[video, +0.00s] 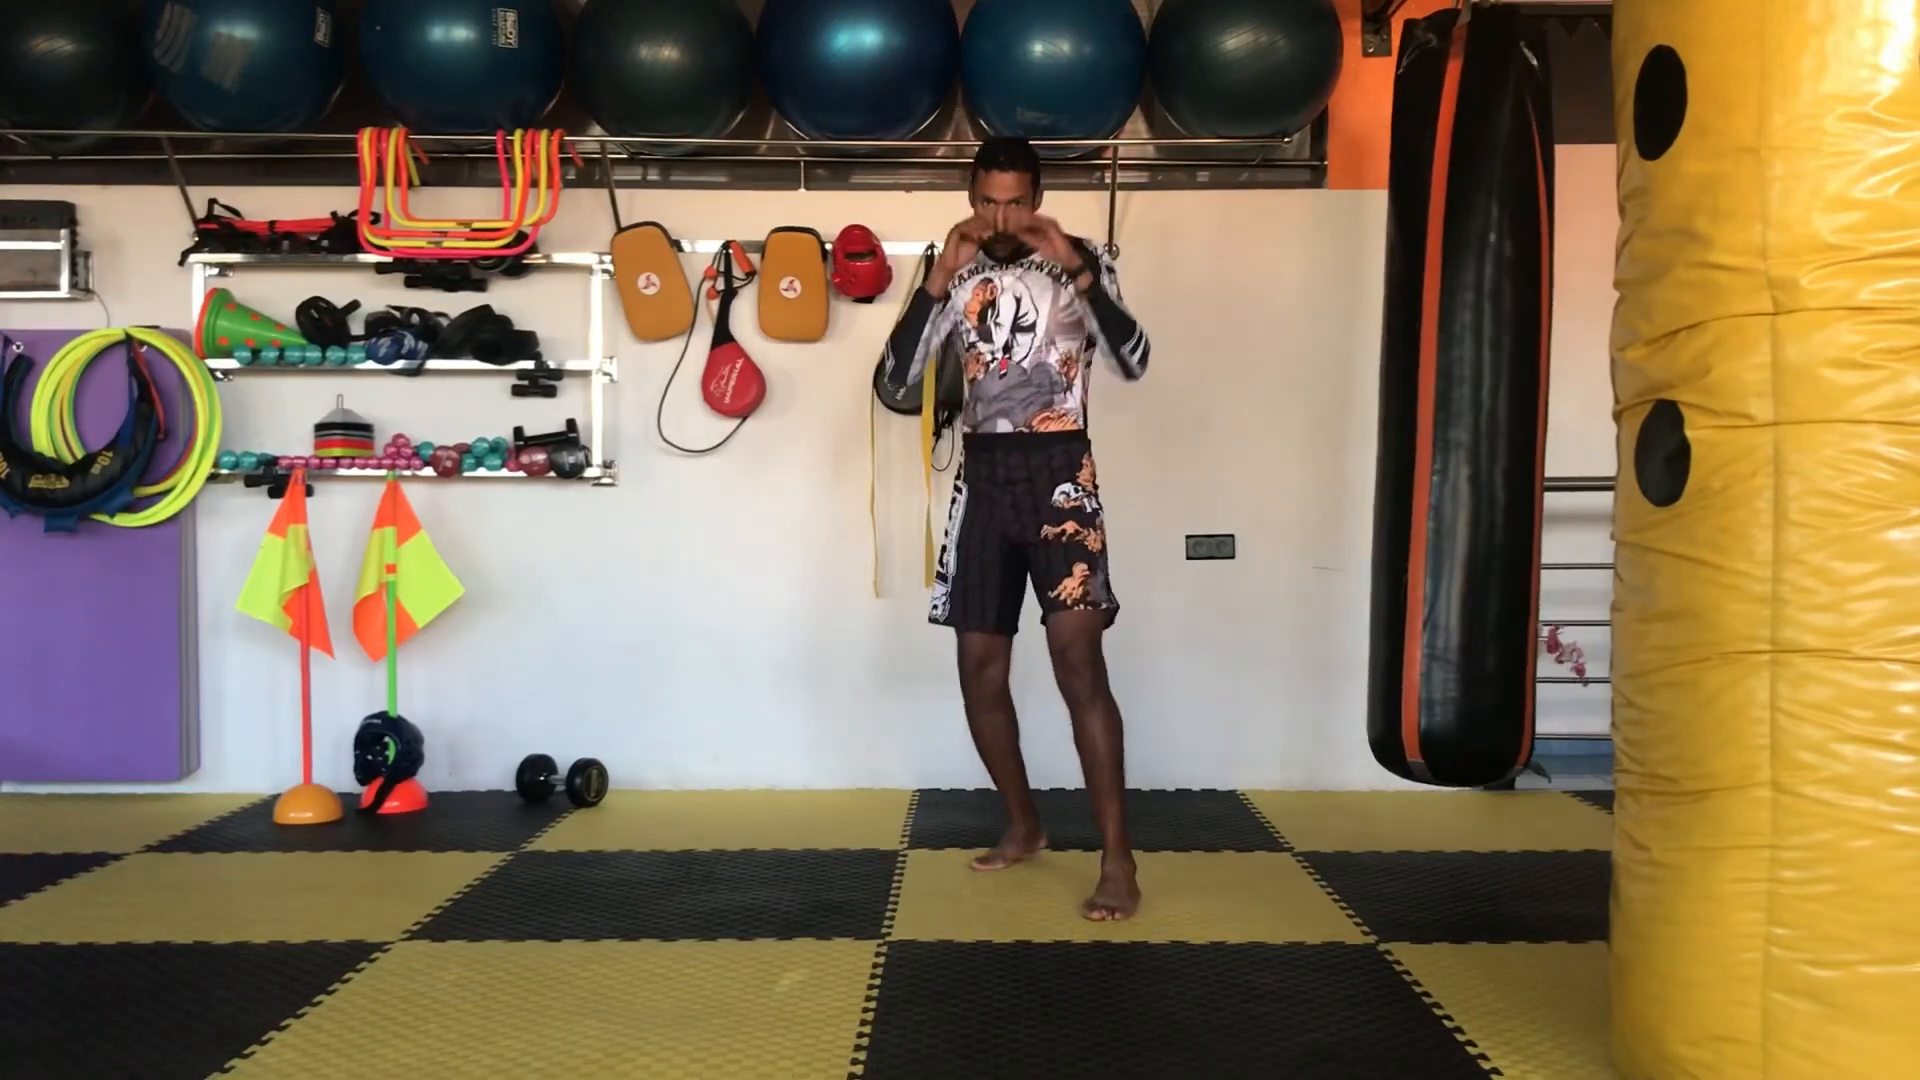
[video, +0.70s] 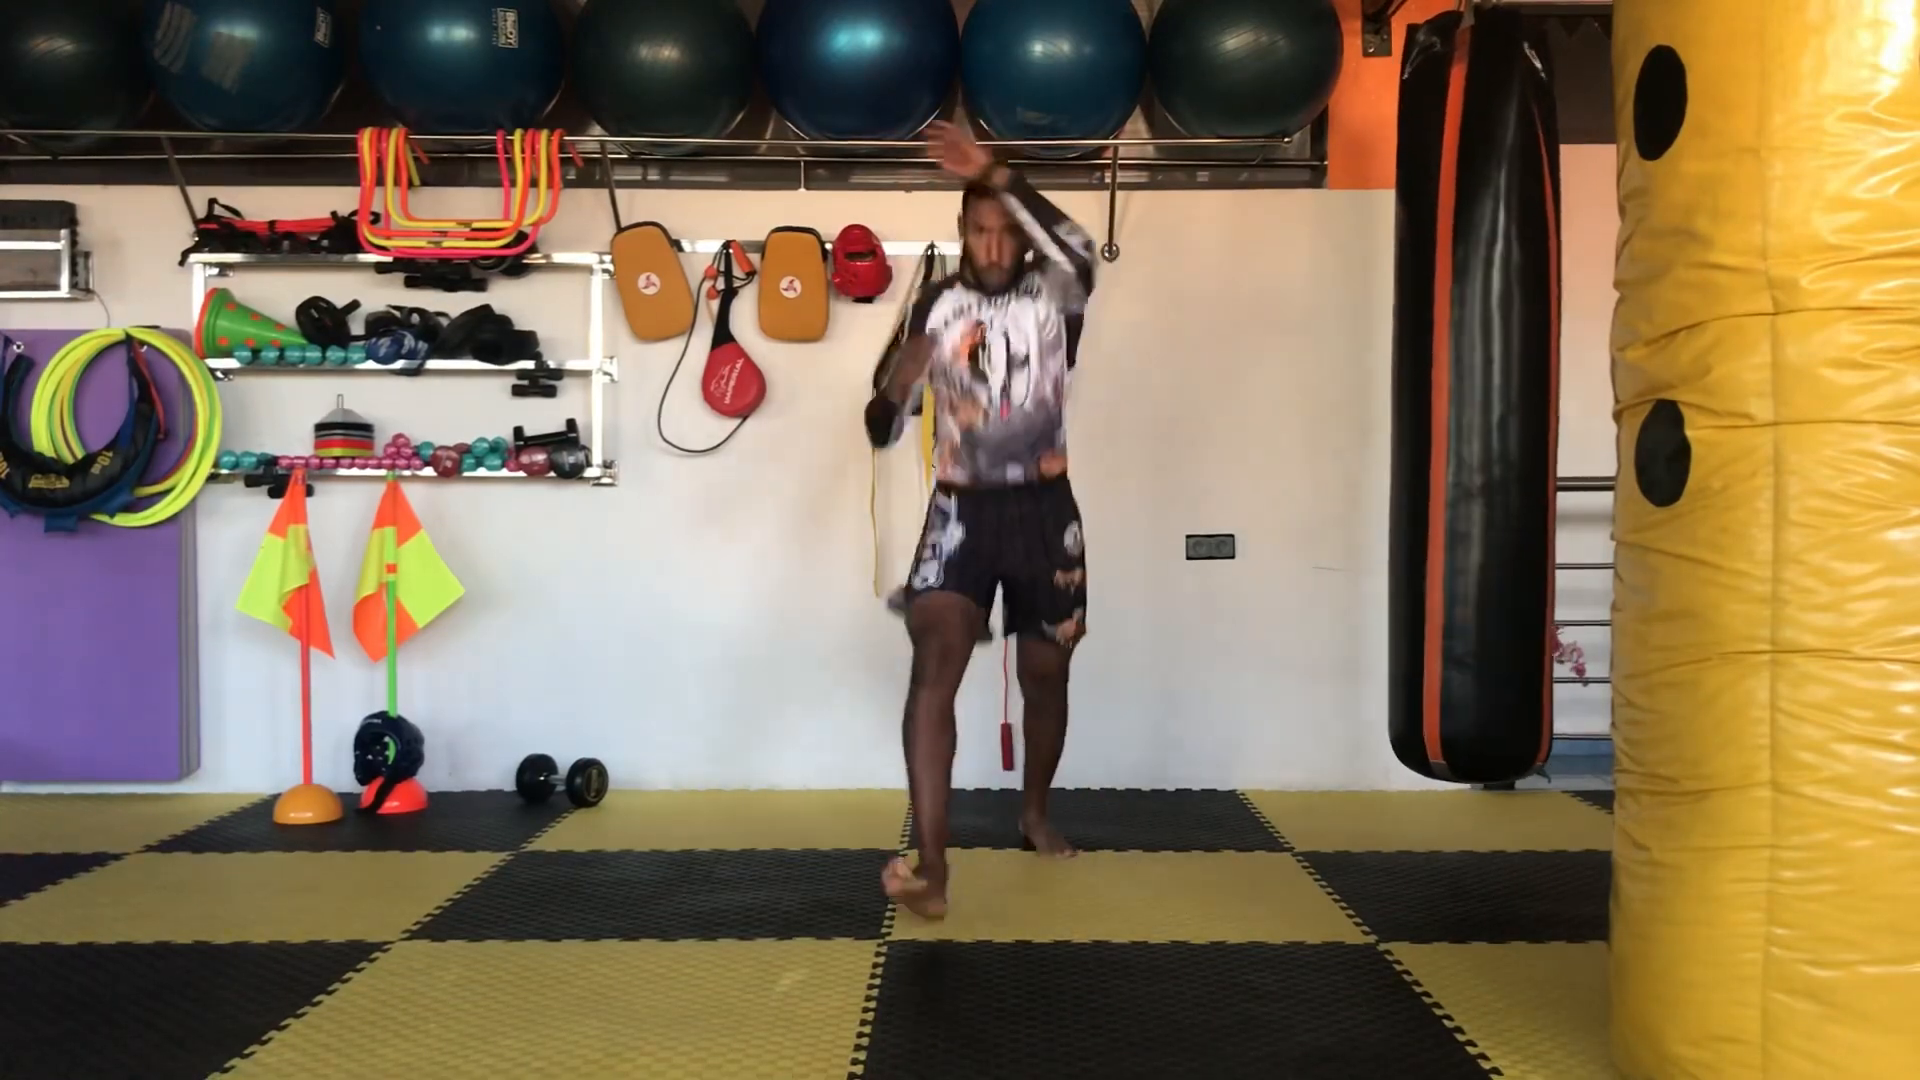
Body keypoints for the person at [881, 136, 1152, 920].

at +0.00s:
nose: (1001, 216)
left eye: (1015, 204)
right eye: (987, 202)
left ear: (1038, 201)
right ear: (971, 201)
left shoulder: (1077, 265)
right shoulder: (952, 277)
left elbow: (1131, 360)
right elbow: (896, 387)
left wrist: (1076, 271)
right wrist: (935, 283)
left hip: (1060, 479)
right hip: (983, 482)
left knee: (1079, 666)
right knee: (981, 671)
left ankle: (1117, 860)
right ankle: (1022, 824)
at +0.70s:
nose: (991, 244)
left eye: (1005, 231)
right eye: (977, 230)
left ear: (1026, 238)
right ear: (960, 239)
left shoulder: (1054, 299)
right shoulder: (936, 306)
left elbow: (1083, 254)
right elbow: (883, 428)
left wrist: (996, 176)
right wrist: (896, 386)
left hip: (1042, 501)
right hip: (959, 504)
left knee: (1046, 672)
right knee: (934, 668)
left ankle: (1038, 817)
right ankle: (929, 864)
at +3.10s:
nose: (951, 202)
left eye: (965, 188)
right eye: (937, 187)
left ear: (990, 189)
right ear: (921, 190)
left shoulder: (1034, 257)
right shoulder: (912, 270)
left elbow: (1094, 340)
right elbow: (850, 353)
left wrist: (1030, 244)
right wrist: (891, 257)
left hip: (1014, 471)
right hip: (937, 473)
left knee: (1009, 662)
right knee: (940, 663)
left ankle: (1032, 853)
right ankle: (977, 801)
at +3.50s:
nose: (970, 147)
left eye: (986, 132)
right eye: (959, 130)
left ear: (1013, 140)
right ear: (939, 138)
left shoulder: (1048, 209)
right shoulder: (922, 215)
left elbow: (1128, 287)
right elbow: (849, 269)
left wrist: (1071, 189)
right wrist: (904, 169)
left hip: (1030, 432)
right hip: (948, 433)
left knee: (1017, 634)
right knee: (943, 633)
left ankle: (1039, 830)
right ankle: (993, 791)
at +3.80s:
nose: (989, 220)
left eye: (1003, 204)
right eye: (975, 204)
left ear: (1024, 208)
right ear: (954, 208)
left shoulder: (1066, 283)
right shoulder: (923, 282)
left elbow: (1185, 323)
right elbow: (866, 235)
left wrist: (1195, 235)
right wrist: (965, 153)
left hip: (1047, 511)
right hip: (955, 515)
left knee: (1055, 706)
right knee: (970, 732)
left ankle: (1047, 941)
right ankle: (1014, 820)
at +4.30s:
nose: (974, 175)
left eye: (988, 160)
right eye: (956, 161)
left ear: (1012, 165)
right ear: (926, 175)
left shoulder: (1051, 234)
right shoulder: (916, 264)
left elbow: (1068, 172)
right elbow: (863, 380)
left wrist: (931, 199)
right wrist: (779, 497)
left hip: (1097, 430)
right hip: (1000, 404)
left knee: (1098, 690)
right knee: (969, 244)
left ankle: (1023, 927)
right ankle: (892, 516)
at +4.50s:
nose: (976, 159)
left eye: (990, 143)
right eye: (959, 143)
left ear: (1010, 154)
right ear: (927, 154)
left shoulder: (1050, 228)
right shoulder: (910, 252)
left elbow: (1106, 232)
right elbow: (828, 322)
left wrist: (966, 197)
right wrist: (784, 303)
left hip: (1084, 446)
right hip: (992, 432)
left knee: (1061, 717)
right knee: (941, 411)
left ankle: (981, 948)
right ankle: (880, 653)